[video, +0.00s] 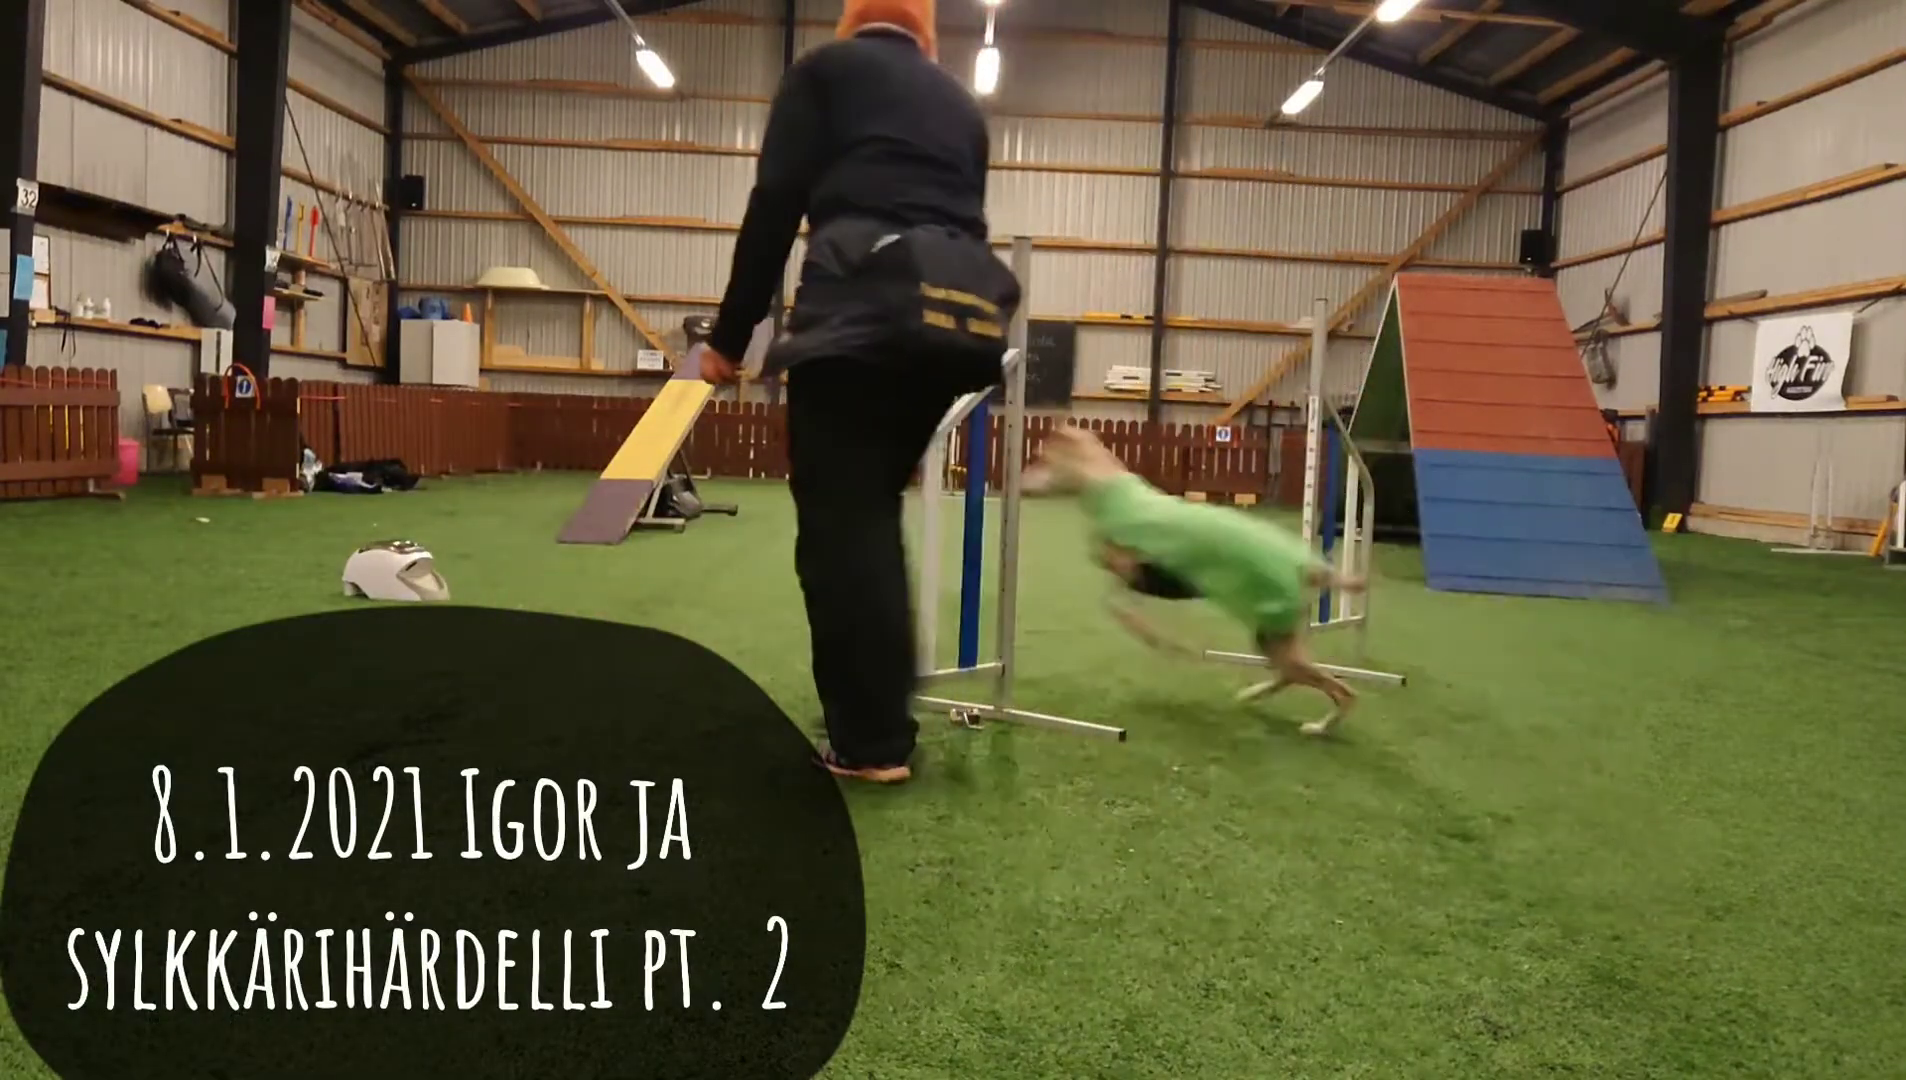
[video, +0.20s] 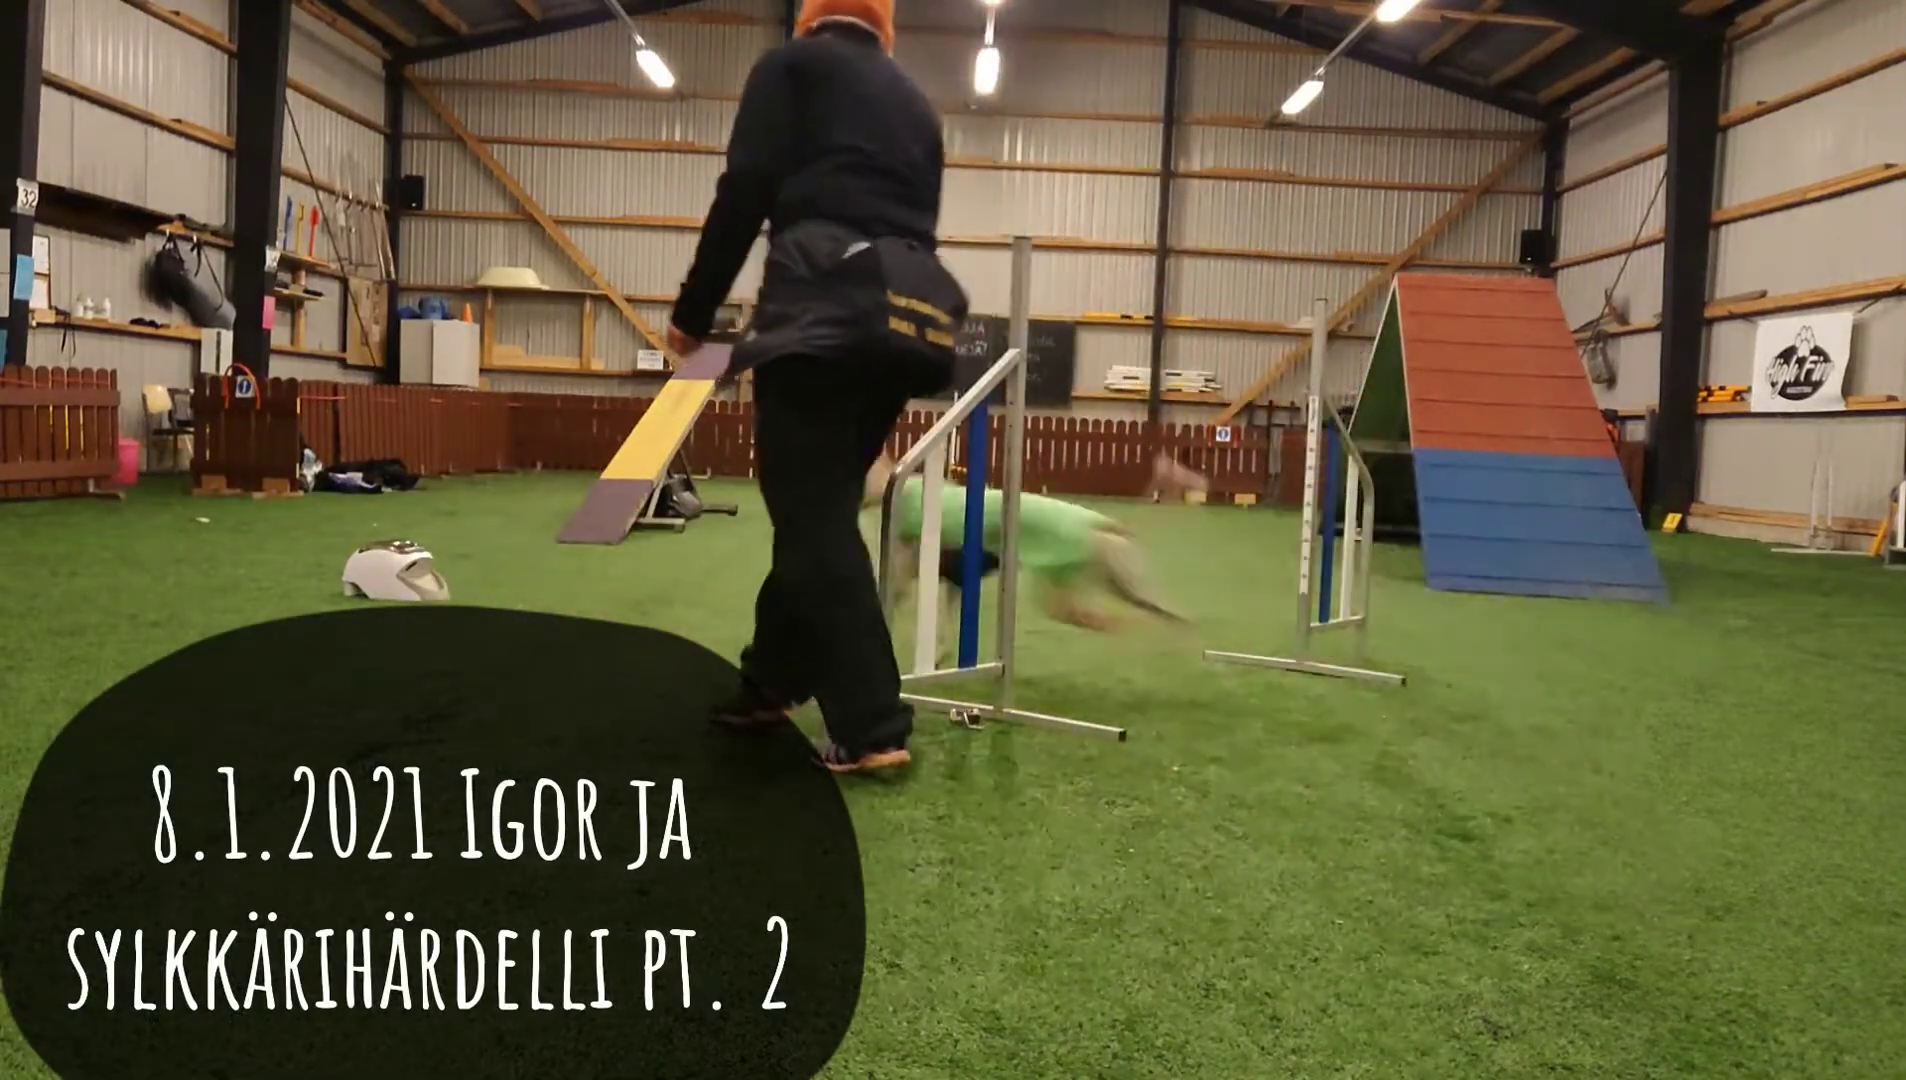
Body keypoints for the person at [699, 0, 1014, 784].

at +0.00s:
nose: (837, 31)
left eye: (839, 23)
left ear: (851, 25)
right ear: (925, 39)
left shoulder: (823, 68)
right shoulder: (962, 104)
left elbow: (775, 204)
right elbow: (963, 227)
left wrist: (729, 338)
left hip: (855, 315)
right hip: (963, 327)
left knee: (839, 522)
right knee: (870, 503)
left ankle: (873, 743)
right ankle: (884, 710)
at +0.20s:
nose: (797, 31)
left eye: (799, 22)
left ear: (812, 22)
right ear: (883, 37)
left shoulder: (790, 63)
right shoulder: (917, 106)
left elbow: (746, 188)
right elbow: (911, 234)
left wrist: (691, 314)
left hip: (813, 311)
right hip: (906, 324)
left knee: (814, 518)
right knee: (817, 515)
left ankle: (875, 731)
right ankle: (768, 685)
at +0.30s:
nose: (777, 28)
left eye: (779, 20)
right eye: (782, 23)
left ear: (795, 19)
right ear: (865, 36)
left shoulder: (776, 61)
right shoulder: (893, 108)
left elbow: (733, 181)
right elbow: (882, 232)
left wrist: (674, 301)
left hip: (800, 313)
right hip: (888, 323)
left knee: (792, 511)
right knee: (809, 510)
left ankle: (869, 718)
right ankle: (770, 692)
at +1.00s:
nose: (784, 16)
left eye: (790, 5)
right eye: (786, 10)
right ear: (880, 8)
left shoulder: (822, 44)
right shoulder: (899, 72)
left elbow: (791, 180)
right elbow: (887, 212)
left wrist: (724, 293)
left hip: (843, 310)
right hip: (893, 313)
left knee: (841, 510)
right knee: (824, 515)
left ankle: (972, 679)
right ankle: (780, 696)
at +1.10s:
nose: (811, 18)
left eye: (819, 5)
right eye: (814, 9)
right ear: (901, 2)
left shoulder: (868, 44)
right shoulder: (921, 61)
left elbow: (831, 194)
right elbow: (906, 214)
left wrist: (748, 299)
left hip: (875, 324)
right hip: (911, 327)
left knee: (861, 516)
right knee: (822, 522)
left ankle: (1005, 706)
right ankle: (776, 703)